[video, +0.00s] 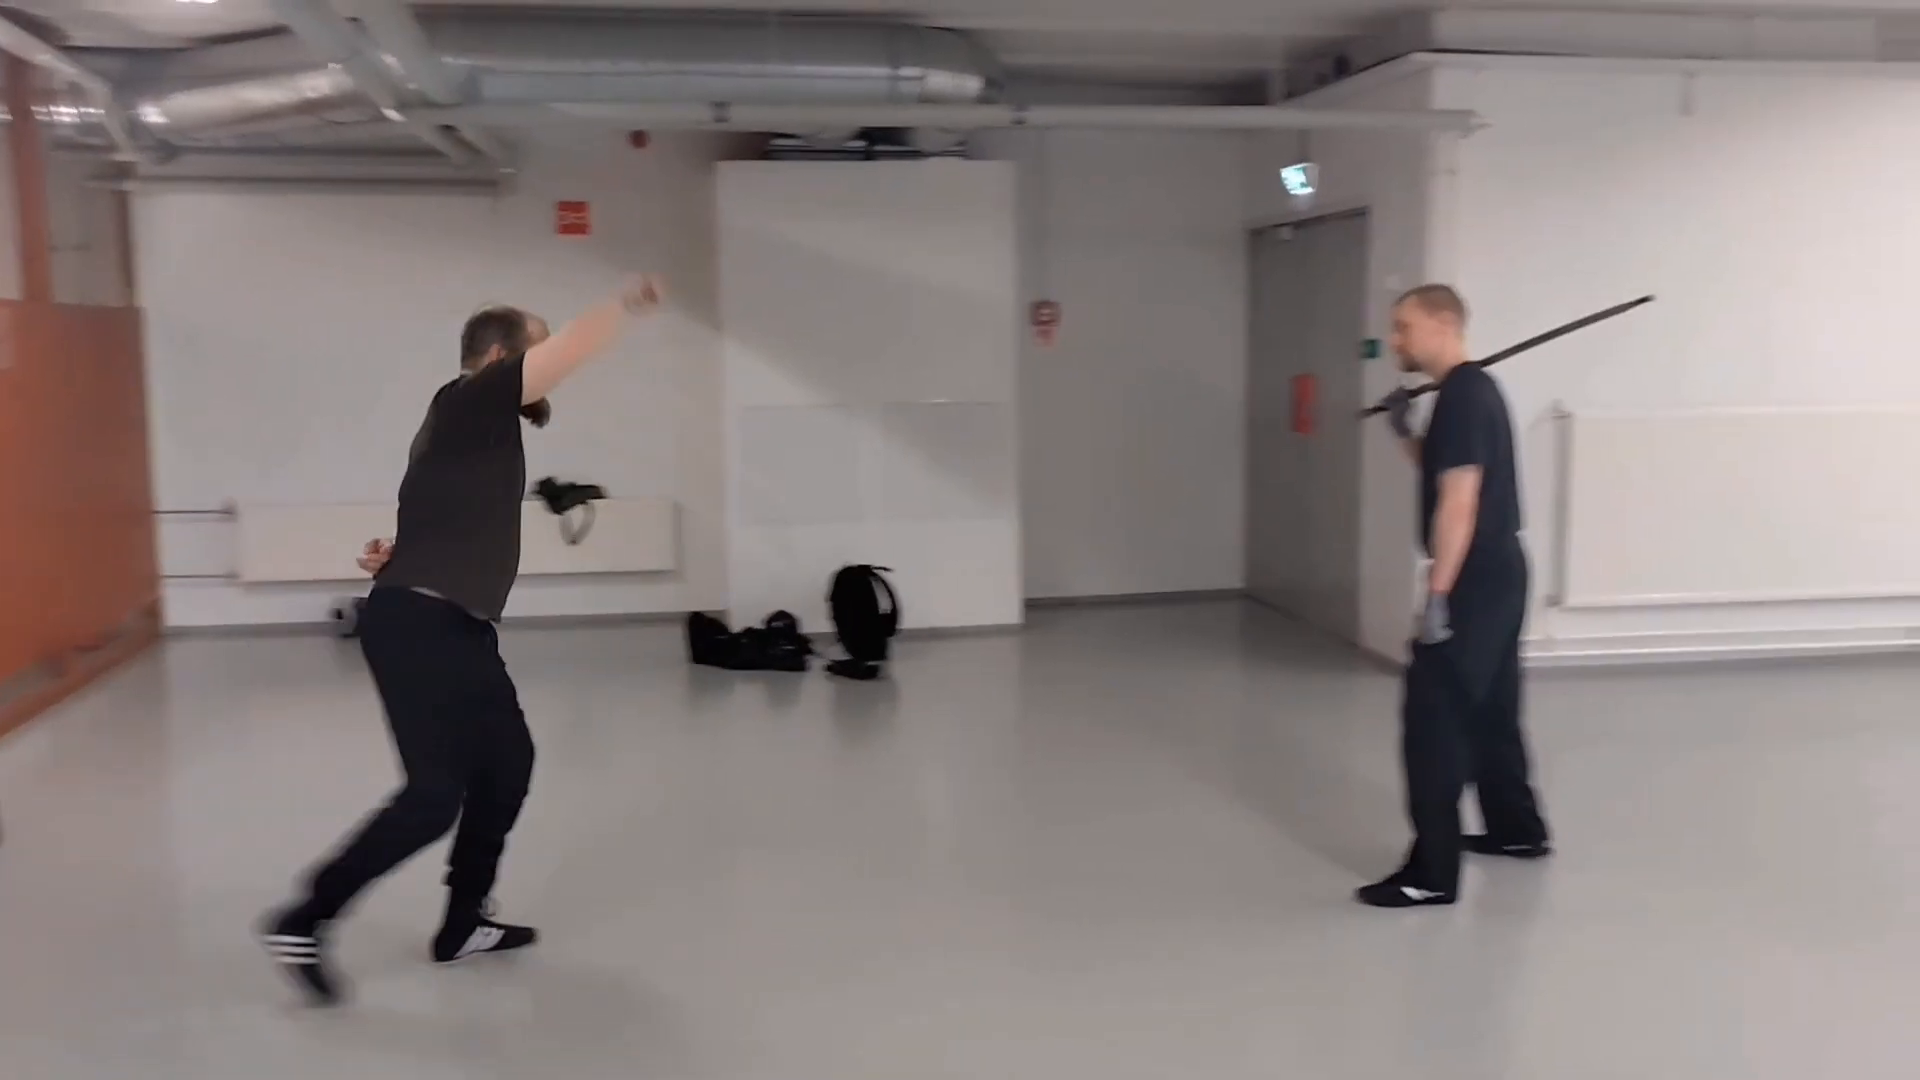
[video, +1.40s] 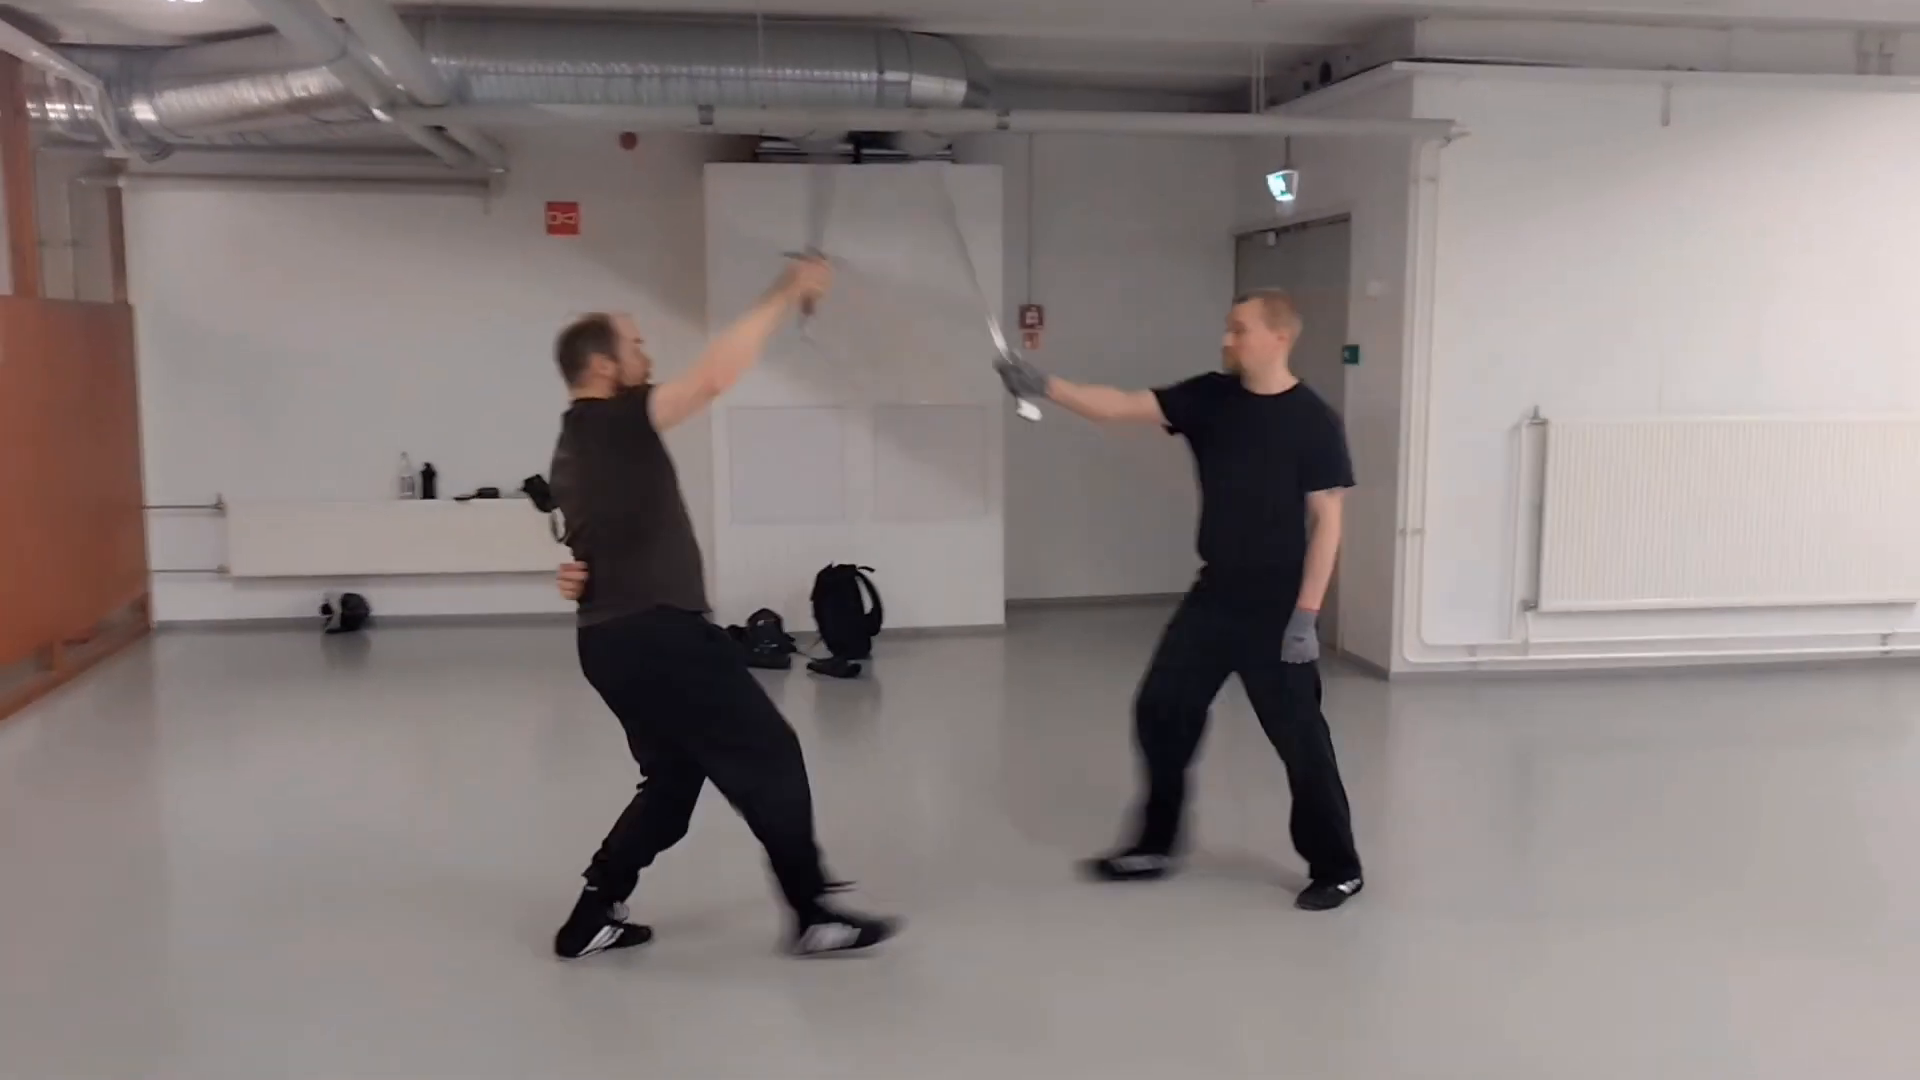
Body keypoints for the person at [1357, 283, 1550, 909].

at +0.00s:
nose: (1394, 342)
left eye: (1402, 328)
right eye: (1394, 330)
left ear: (1442, 325)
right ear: (1442, 329)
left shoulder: (1462, 393)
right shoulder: (1473, 388)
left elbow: (1460, 500)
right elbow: (1446, 476)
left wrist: (1436, 595)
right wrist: (1408, 432)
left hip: (1473, 574)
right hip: (1493, 568)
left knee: (1430, 712)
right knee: (1487, 703)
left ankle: (1433, 871)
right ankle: (1517, 828)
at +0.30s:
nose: (1371, 348)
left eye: (1379, 336)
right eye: (1372, 337)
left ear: (1419, 337)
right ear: (1417, 337)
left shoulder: (1438, 401)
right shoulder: (1420, 403)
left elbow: (1434, 506)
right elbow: (1366, 476)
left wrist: (1401, 597)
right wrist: (1350, 406)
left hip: (1433, 584)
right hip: (1428, 579)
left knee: (1382, 716)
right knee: (1415, 706)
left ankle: (1404, 869)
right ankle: (1453, 815)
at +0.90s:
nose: (1348, 344)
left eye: (1359, 333)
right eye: (1348, 334)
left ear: (1400, 334)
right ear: (1367, 341)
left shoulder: (1436, 409)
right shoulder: (1356, 403)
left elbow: (1451, 507)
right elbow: (1310, 457)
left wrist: (1422, 589)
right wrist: (1278, 455)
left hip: (1418, 579)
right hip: (1371, 575)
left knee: (1379, 705)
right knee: (1410, 702)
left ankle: (1375, 862)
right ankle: (1452, 825)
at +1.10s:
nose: (1308, 347)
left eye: (1320, 336)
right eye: (1309, 337)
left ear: (1362, 344)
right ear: (1325, 346)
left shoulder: (1396, 421)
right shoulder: (1309, 412)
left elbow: (1411, 522)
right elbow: (1259, 482)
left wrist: (1390, 608)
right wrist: (1199, 488)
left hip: (1373, 593)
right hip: (1324, 587)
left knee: (1333, 717)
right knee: (1365, 709)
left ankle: (1340, 873)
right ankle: (1433, 808)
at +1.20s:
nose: (1285, 344)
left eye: (1297, 335)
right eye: (1286, 334)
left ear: (1338, 343)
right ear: (1314, 343)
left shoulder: (1371, 421)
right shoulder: (1281, 406)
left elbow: (1387, 525)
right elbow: (1216, 457)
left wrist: (1355, 608)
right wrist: (1150, 458)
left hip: (1341, 594)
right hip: (1289, 587)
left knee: (1313, 727)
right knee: (1288, 722)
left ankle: (1332, 874)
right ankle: (1376, 778)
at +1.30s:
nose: (1258, 339)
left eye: (1271, 330)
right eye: (1260, 329)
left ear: (1312, 341)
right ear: (1296, 340)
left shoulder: (1342, 419)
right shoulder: (1251, 400)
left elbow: (1356, 520)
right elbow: (1166, 430)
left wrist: (1332, 608)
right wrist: (1089, 417)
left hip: (1311, 600)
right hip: (1253, 593)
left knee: (1303, 735)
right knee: (1219, 715)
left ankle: (1332, 872)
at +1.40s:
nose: (1227, 339)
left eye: (1239, 330)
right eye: (1228, 329)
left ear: (1281, 338)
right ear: (1239, 338)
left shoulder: (1312, 419)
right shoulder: (1210, 397)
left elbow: (1327, 523)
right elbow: (1118, 405)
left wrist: (1305, 614)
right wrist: (1043, 385)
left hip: (1279, 603)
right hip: (1215, 595)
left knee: (1301, 740)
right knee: (1162, 708)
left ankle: (1336, 869)